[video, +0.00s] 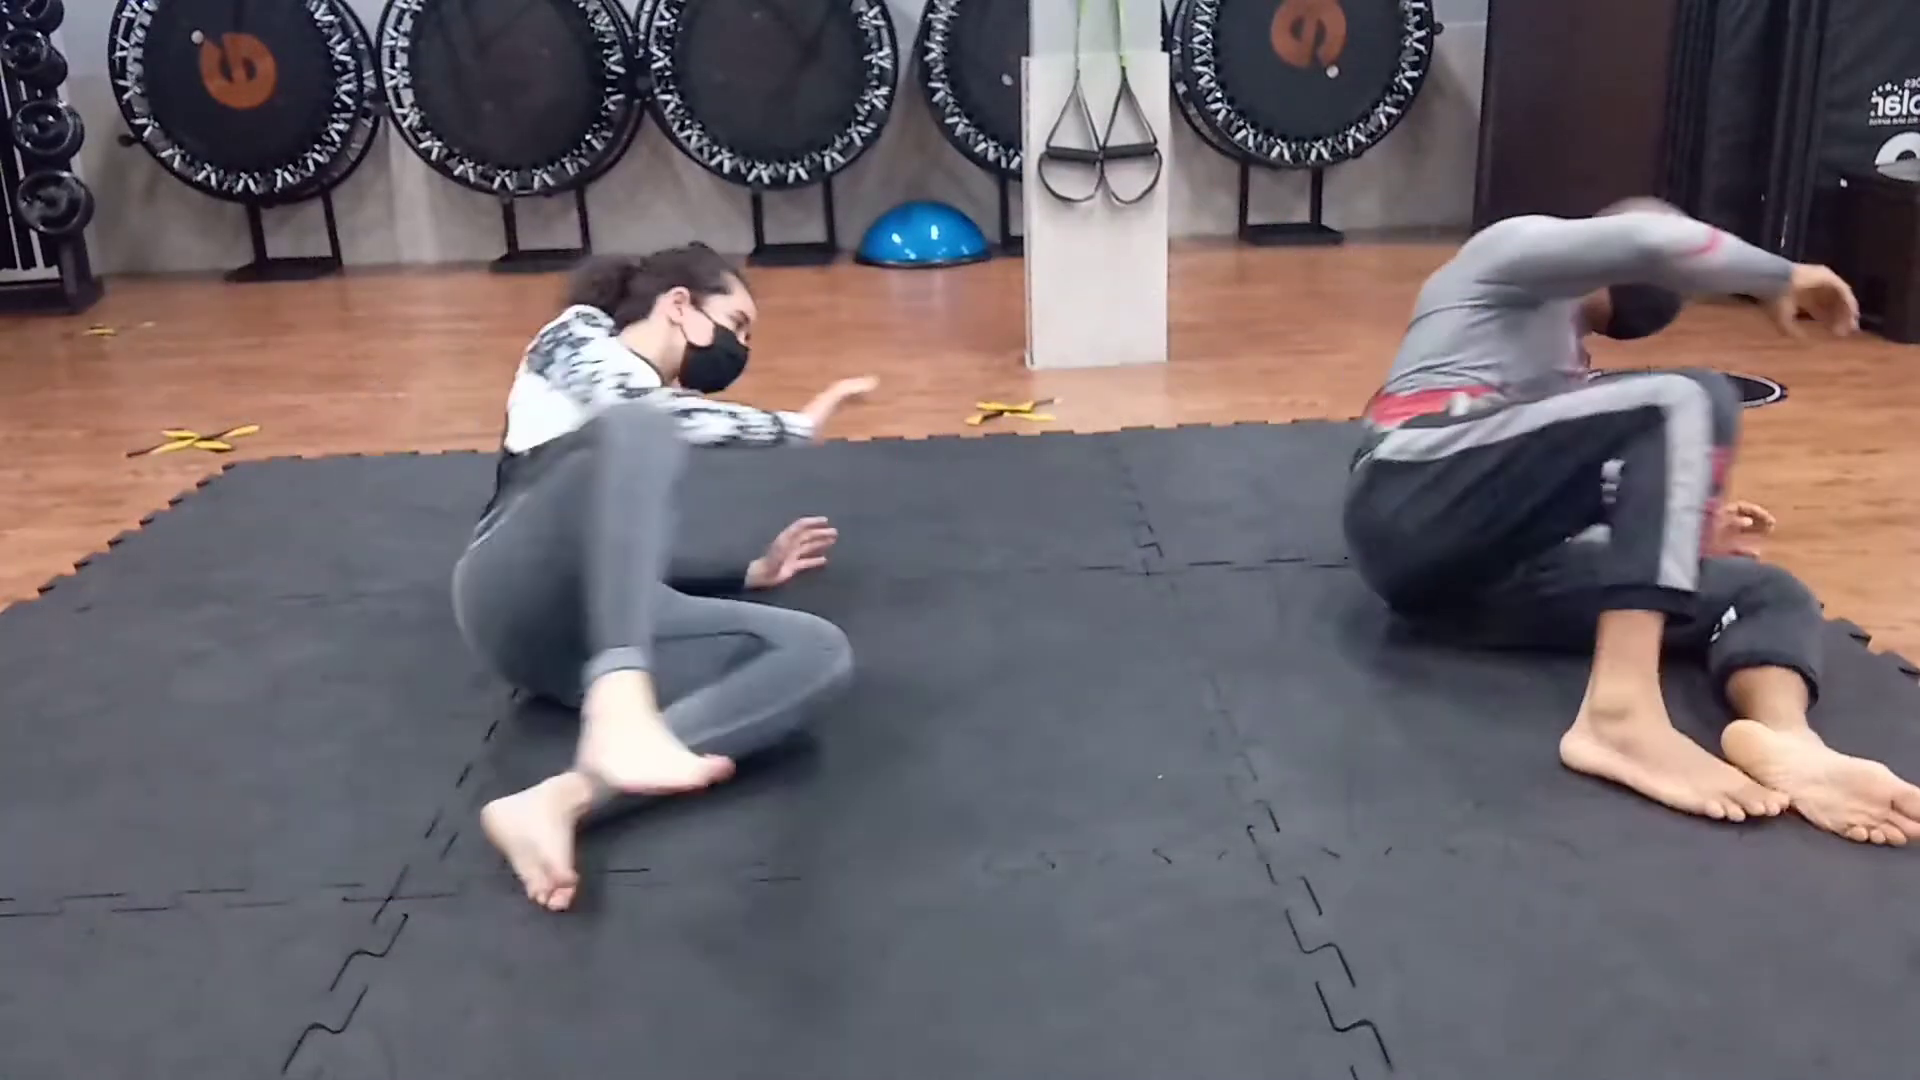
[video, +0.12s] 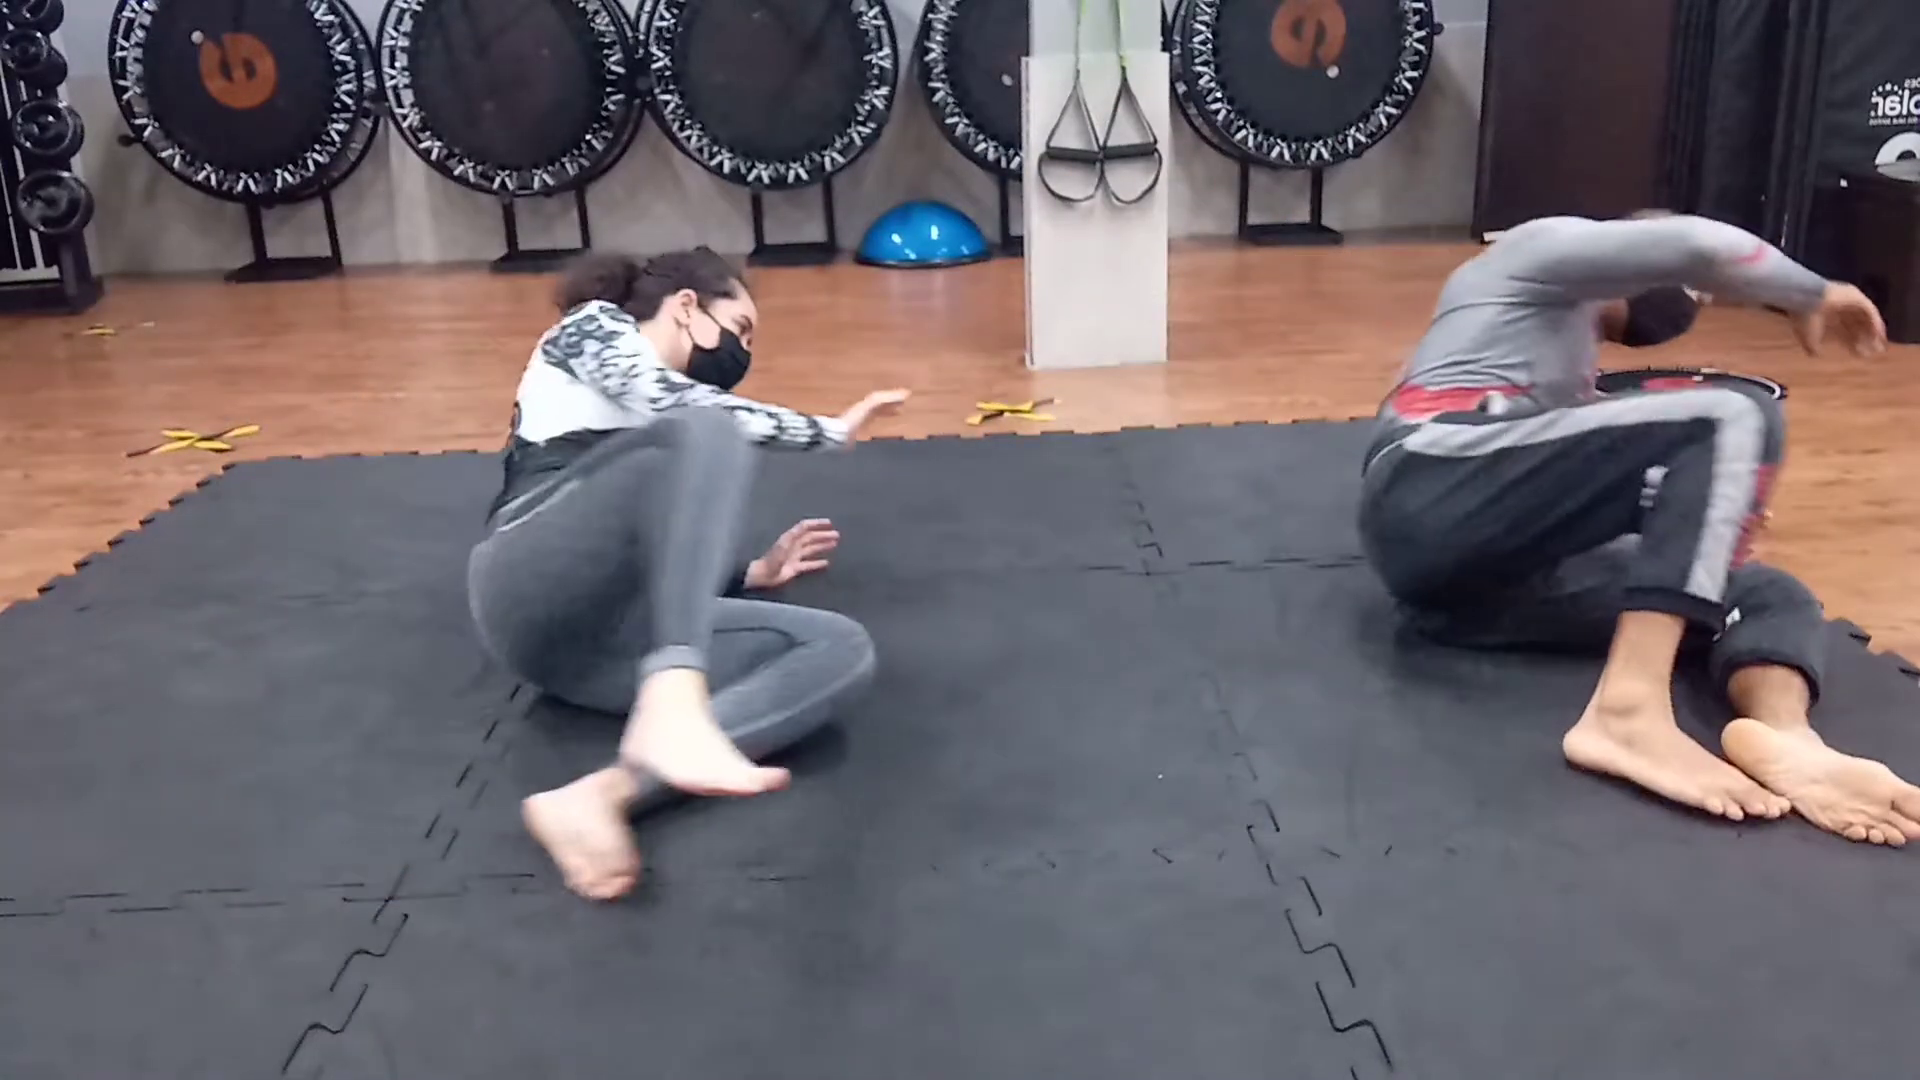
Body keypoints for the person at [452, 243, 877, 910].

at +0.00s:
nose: (742, 349)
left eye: (746, 336)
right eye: (735, 326)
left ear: (679, 314)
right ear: (677, 306)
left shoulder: (659, 408)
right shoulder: (575, 334)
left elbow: (622, 570)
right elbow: (650, 415)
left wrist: (749, 576)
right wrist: (796, 426)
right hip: (512, 599)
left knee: (819, 650)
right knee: (642, 423)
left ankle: (557, 800)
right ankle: (619, 702)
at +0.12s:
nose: (743, 357)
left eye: (748, 344)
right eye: (740, 333)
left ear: (683, 314)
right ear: (685, 307)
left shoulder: (659, 412)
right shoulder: (592, 326)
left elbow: (623, 566)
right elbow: (662, 401)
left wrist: (753, 573)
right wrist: (830, 431)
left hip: (607, 653)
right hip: (526, 589)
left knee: (843, 647)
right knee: (710, 427)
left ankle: (600, 796)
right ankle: (671, 703)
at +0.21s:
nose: (740, 364)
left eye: (745, 351)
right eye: (738, 341)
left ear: (684, 319)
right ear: (687, 310)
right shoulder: (598, 324)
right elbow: (686, 403)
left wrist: (750, 575)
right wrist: (842, 435)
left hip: (610, 656)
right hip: (533, 584)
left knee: (857, 647)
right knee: (743, 435)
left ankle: (637, 796)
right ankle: (703, 700)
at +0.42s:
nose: (725, 363)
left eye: (730, 353)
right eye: (724, 342)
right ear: (682, 313)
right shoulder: (612, 324)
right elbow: (730, 400)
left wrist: (779, 554)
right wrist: (861, 436)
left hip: (609, 665)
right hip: (562, 561)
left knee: (886, 666)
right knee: (823, 446)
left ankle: (707, 795)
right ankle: (717, 675)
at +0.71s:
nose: (725, 363)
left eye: (728, 352)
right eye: (723, 343)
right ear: (682, 312)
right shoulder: (626, 327)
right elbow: (739, 393)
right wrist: (875, 436)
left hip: (596, 665)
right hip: (569, 552)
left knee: (883, 666)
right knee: (836, 480)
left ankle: (706, 806)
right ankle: (727, 714)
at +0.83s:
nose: (723, 362)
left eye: (725, 351)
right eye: (720, 344)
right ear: (680, 313)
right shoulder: (627, 325)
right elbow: (739, 399)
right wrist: (871, 443)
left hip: (587, 667)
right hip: (562, 560)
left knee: (883, 665)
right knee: (805, 510)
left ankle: (709, 798)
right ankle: (662, 765)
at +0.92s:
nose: (723, 359)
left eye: (725, 348)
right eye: (719, 341)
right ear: (681, 314)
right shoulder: (627, 325)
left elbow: (628, 518)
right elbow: (738, 395)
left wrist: (774, 538)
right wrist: (871, 442)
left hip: (593, 663)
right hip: (556, 553)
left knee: (881, 661)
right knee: (776, 528)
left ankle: (705, 799)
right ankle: (621, 802)